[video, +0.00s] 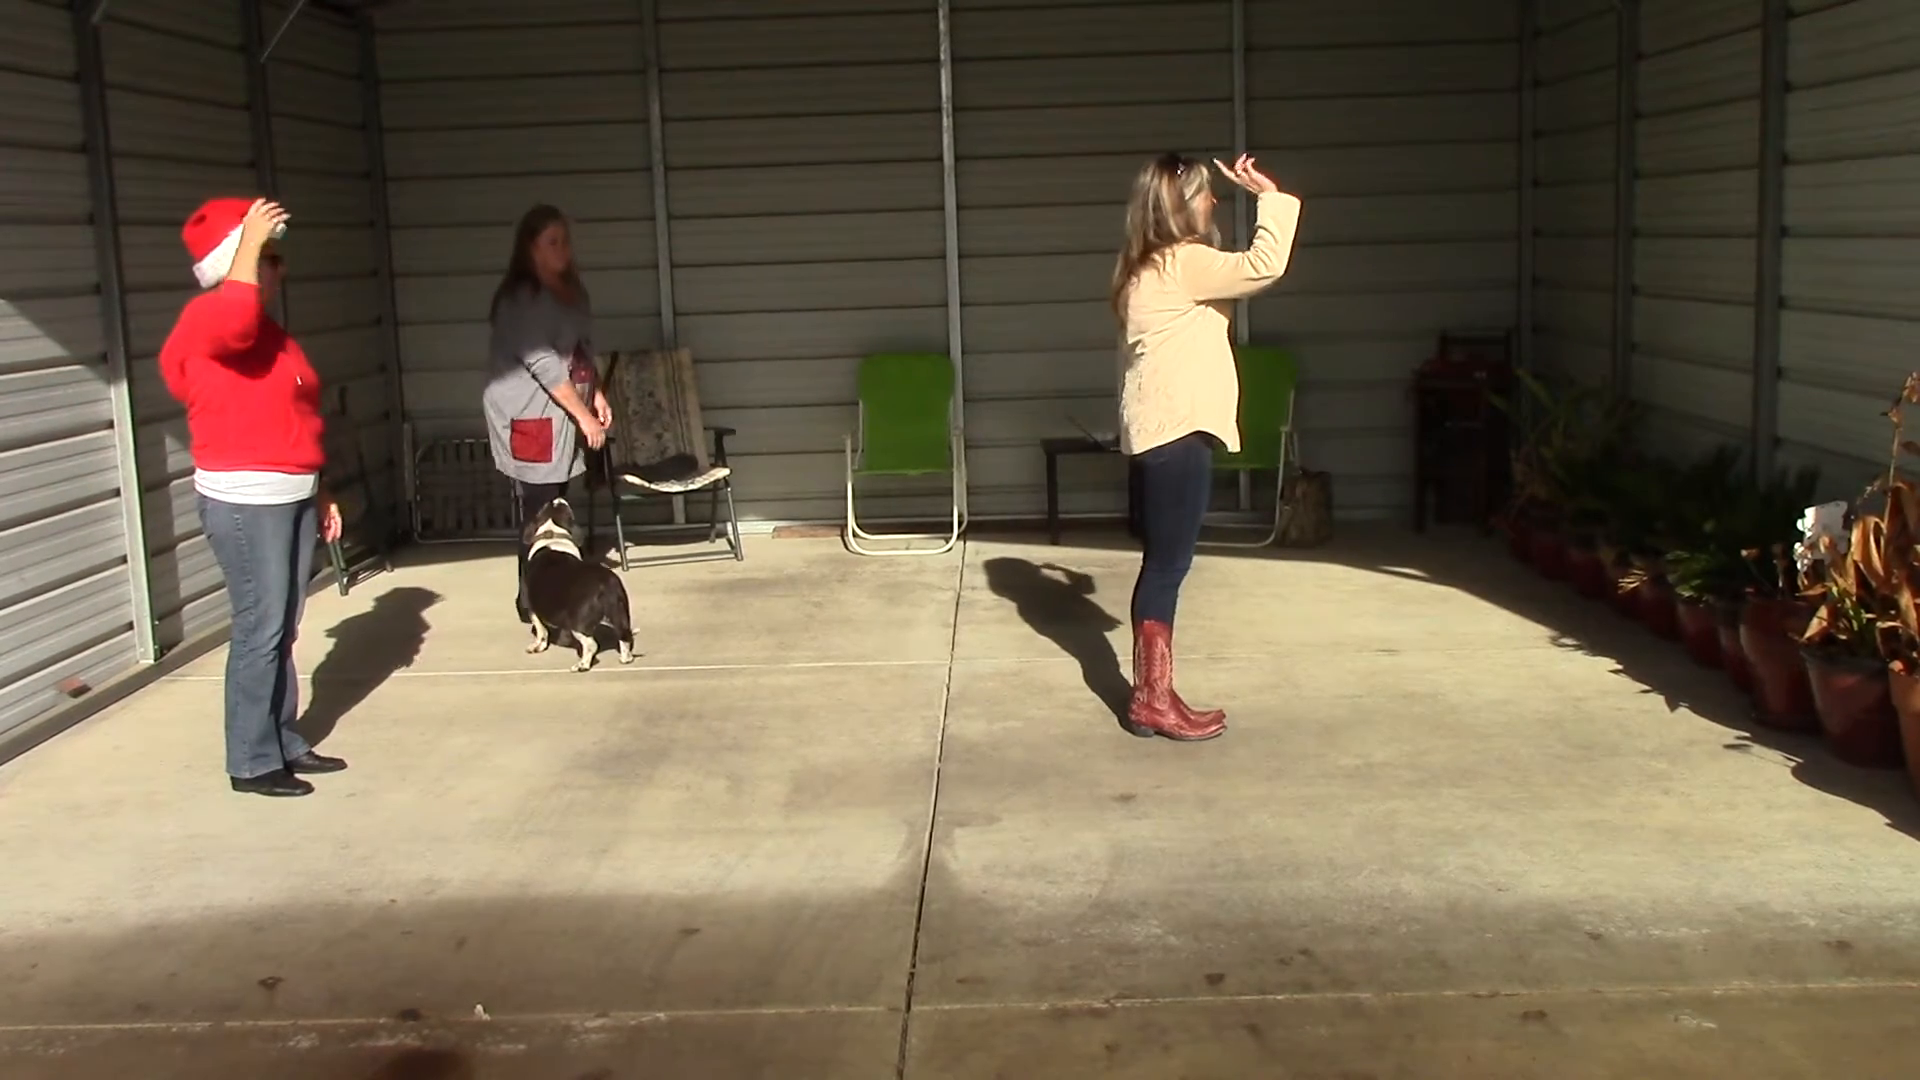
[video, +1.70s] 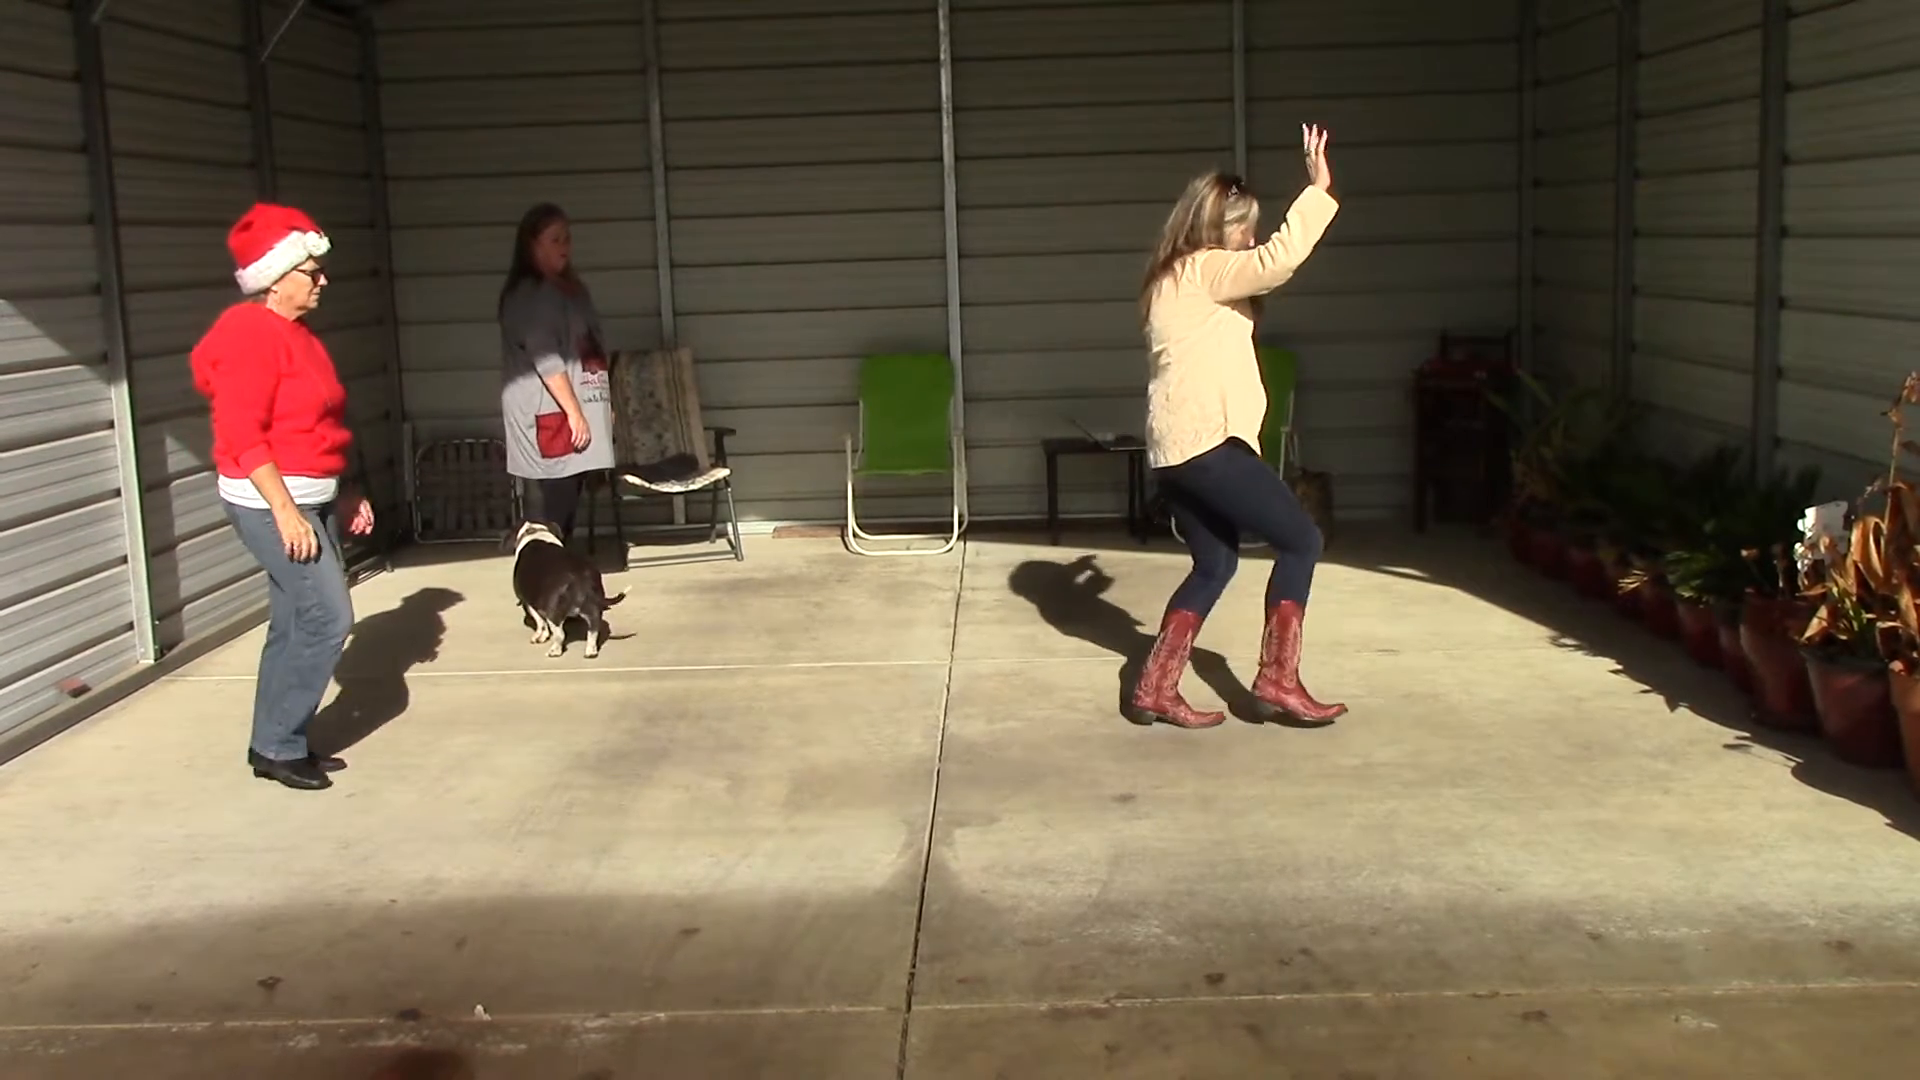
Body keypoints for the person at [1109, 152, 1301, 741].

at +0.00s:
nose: (1214, 213)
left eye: (1214, 202)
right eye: (1208, 203)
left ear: (1160, 205)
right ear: (1186, 205)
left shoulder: (1143, 270)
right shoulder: (1183, 262)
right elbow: (1265, 265)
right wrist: (1274, 198)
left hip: (1154, 432)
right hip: (1181, 431)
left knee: (1161, 562)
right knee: (1167, 565)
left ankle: (1153, 697)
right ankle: (1152, 700)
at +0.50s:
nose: (1209, 206)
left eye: (1206, 196)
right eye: (1200, 197)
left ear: (1164, 206)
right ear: (1171, 205)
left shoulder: (1147, 265)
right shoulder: (1163, 258)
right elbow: (1239, 248)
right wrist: (1254, 175)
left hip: (1162, 428)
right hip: (1174, 428)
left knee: (1163, 558)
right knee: (1167, 559)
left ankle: (1153, 694)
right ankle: (1152, 699)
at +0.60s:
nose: (1208, 208)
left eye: (1206, 198)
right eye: (1199, 198)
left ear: (1161, 204)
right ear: (1171, 204)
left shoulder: (1147, 263)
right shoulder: (1161, 257)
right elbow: (1234, 247)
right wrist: (1247, 172)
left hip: (1161, 427)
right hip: (1173, 427)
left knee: (1163, 559)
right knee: (1167, 560)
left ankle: (1153, 695)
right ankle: (1152, 699)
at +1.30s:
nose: (1227, 212)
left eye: (1226, 201)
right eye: (1219, 201)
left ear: (1183, 205)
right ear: (1190, 205)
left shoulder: (1160, 263)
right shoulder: (1175, 259)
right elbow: (1248, 262)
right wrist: (1274, 191)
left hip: (1168, 427)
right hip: (1175, 427)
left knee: (1166, 561)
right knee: (1167, 563)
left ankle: (1156, 697)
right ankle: (1151, 700)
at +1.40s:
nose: (1230, 218)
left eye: (1230, 208)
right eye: (1222, 208)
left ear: (1180, 208)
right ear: (1192, 209)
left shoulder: (1156, 268)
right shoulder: (1183, 263)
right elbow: (1252, 274)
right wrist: (1287, 205)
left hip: (1158, 434)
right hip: (1183, 433)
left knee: (1173, 557)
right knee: (1207, 560)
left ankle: (1147, 690)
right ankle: (1157, 692)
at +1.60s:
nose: (1243, 234)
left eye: (1243, 223)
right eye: (1235, 223)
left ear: (1198, 223)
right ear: (1204, 222)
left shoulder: (1163, 277)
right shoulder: (1193, 271)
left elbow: (1177, 348)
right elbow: (1266, 272)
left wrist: (1226, 330)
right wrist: (1310, 206)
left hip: (1167, 451)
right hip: (1199, 447)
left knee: (1205, 561)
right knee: (1284, 542)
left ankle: (1154, 689)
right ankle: (1217, 668)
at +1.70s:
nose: (1251, 240)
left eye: (1251, 230)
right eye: (1245, 228)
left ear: (1199, 221)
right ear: (1219, 223)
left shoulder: (1170, 280)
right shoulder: (1201, 271)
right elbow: (1277, 259)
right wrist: (1320, 192)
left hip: (1175, 452)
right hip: (1208, 446)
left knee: (1213, 567)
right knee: (1301, 540)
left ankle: (1155, 687)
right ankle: (1278, 679)